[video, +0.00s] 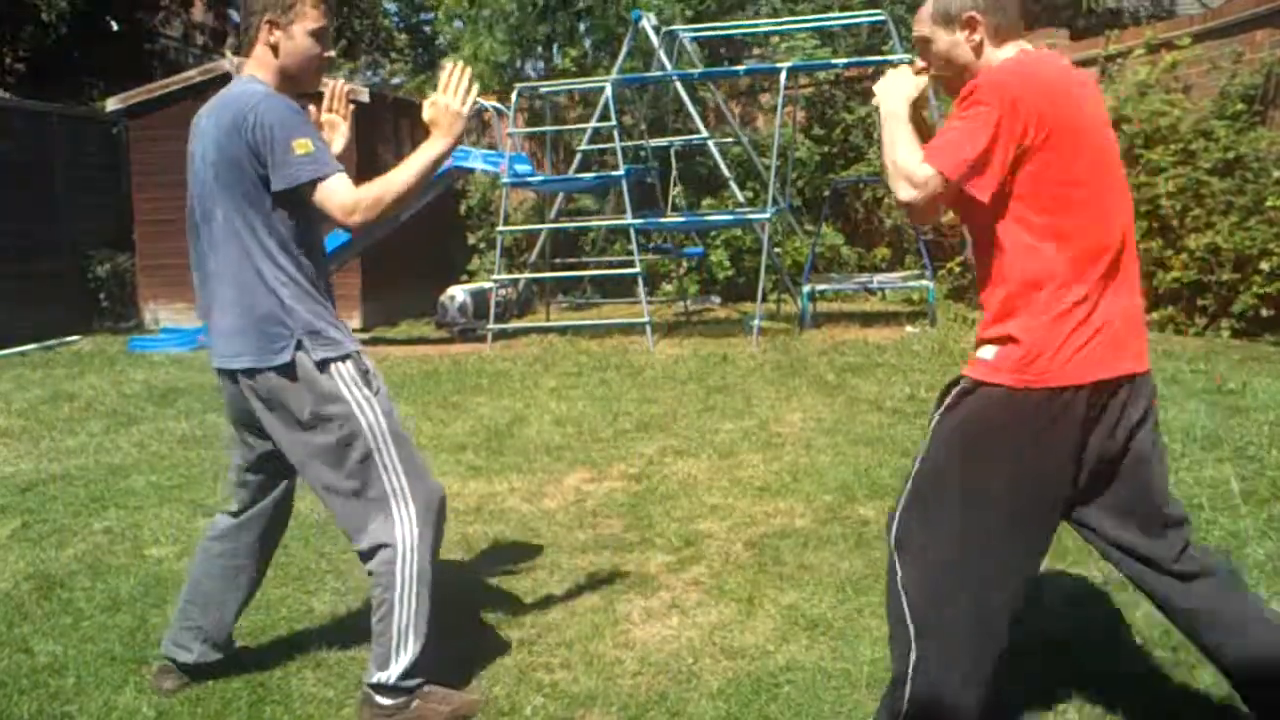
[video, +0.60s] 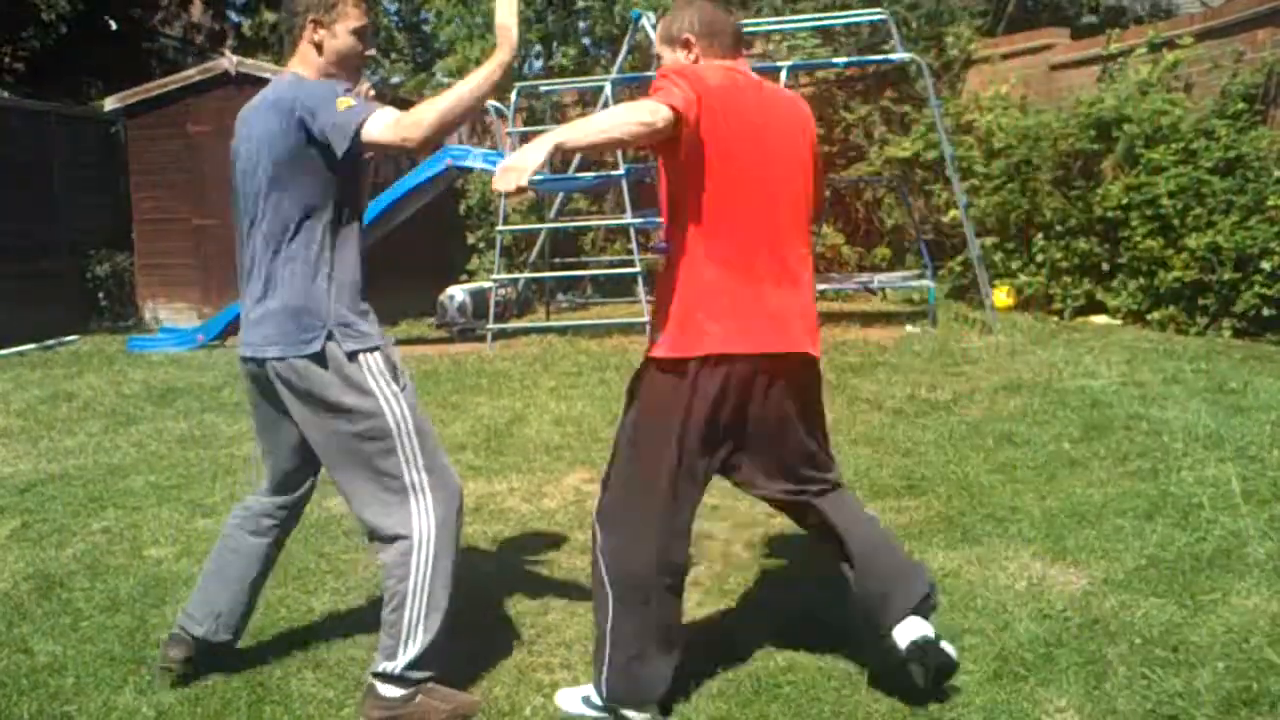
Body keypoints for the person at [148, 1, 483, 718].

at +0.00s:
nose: (328, 51)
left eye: (328, 37)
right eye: (319, 35)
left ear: (271, 38)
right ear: (269, 35)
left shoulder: (215, 114)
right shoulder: (269, 111)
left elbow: (275, 228)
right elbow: (358, 208)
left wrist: (325, 159)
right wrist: (440, 141)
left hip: (240, 348)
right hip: (298, 345)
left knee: (252, 500)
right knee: (407, 502)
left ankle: (188, 655)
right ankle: (396, 686)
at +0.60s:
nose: (370, 49)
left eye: (370, 35)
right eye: (362, 34)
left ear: (314, 34)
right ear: (318, 33)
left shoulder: (254, 114)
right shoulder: (308, 97)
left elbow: (330, 212)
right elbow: (412, 131)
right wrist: (502, 55)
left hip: (265, 338)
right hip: (328, 334)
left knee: (276, 492)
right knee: (426, 495)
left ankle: (196, 638)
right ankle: (400, 680)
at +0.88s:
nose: (349, 74)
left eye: (350, 63)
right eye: (343, 62)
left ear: (292, 59)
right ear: (307, 56)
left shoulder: (239, 131)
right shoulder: (309, 114)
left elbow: (325, 208)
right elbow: (418, 134)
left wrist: (366, 165)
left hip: (246, 353)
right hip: (305, 353)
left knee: (257, 497)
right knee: (401, 494)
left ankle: (189, 632)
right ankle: (399, 674)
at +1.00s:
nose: (345, 65)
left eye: (346, 51)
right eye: (339, 49)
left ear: (293, 42)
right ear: (298, 41)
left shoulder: (259, 107)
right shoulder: (270, 103)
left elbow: (335, 201)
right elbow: (349, 171)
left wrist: (372, 134)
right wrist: (414, 148)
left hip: (251, 333)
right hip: (289, 333)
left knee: (262, 484)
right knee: (377, 474)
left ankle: (188, 632)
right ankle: (383, 661)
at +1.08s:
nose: (341, 59)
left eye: (342, 45)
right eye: (334, 42)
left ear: (291, 37)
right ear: (292, 35)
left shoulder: (284, 111)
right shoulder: (250, 99)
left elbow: (366, 183)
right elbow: (294, 195)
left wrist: (387, 114)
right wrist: (389, 191)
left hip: (266, 327)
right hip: (281, 328)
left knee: (262, 476)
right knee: (365, 471)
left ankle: (185, 629)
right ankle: (355, 657)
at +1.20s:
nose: (341, 54)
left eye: (341, 41)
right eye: (332, 40)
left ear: (305, 42)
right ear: (288, 37)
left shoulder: (317, 105)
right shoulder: (242, 113)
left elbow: (403, 81)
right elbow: (214, 219)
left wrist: (485, 29)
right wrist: (312, 276)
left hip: (275, 334)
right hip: (282, 337)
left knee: (247, 488)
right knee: (370, 475)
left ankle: (175, 634)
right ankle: (350, 654)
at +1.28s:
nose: (342, 52)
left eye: (342, 40)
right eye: (334, 39)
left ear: (301, 39)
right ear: (292, 38)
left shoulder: (314, 95)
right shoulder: (255, 110)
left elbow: (394, 83)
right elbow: (217, 201)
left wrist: (461, 24)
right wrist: (319, 245)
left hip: (274, 329)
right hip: (303, 330)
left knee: (248, 483)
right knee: (378, 480)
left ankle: (177, 631)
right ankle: (353, 655)